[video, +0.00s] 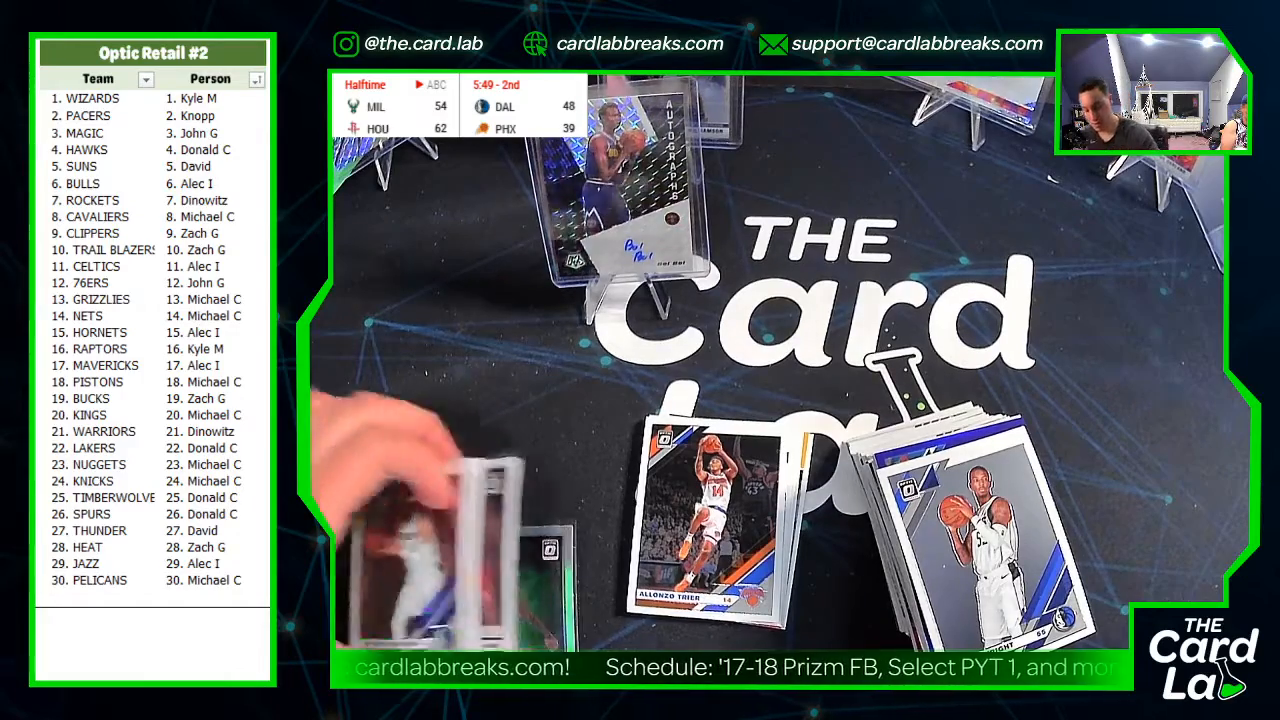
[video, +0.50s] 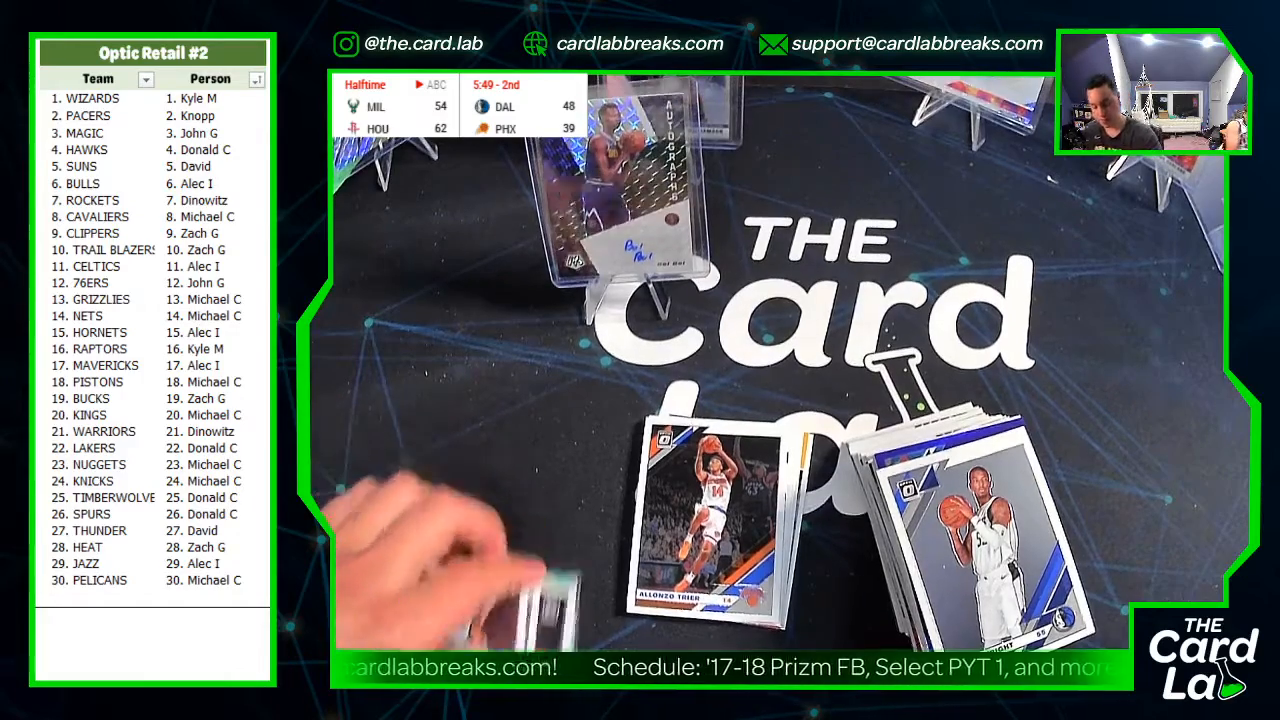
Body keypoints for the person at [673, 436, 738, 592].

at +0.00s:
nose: (715, 463)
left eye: (717, 462)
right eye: (713, 461)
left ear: (721, 465)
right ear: (709, 465)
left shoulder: (727, 476)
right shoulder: (706, 477)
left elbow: (734, 469)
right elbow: (698, 470)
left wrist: (721, 452)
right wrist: (700, 450)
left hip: (720, 513)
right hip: (706, 507)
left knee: (707, 549)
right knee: (704, 511)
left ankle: (688, 578)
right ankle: (688, 540)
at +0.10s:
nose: (715, 463)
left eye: (717, 462)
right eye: (713, 461)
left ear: (721, 465)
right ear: (709, 465)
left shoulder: (727, 475)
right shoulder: (706, 477)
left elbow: (734, 469)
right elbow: (698, 471)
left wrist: (721, 452)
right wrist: (700, 450)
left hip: (720, 512)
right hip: (706, 507)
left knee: (707, 549)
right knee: (704, 511)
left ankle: (688, 578)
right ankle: (688, 540)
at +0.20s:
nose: (714, 463)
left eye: (717, 462)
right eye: (712, 461)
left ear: (721, 465)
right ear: (709, 465)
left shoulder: (727, 475)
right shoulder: (706, 477)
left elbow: (734, 469)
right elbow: (698, 471)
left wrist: (722, 452)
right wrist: (700, 450)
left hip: (720, 512)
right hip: (706, 507)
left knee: (707, 549)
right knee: (704, 511)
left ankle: (689, 578)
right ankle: (688, 539)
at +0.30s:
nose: (714, 463)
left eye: (717, 460)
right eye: (712, 460)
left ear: (721, 464)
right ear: (709, 464)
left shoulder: (726, 475)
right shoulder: (705, 476)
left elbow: (734, 468)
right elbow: (698, 471)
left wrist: (721, 451)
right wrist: (700, 451)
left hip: (720, 511)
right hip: (706, 506)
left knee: (707, 548)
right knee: (704, 511)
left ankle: (690, 576)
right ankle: (688, 539)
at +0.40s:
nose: (714, 463)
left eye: (717, 461)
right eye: (712, 461)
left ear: (721, 465)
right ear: (709, 465)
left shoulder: (727, 476)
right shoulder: (705, 476)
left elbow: (734, 468)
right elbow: (698, 471)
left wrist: (721, 452)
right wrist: (700, 450)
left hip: (720, 512)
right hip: (706, 506)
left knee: (707, 549)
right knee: (704, 511)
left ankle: (689, 578)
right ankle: (688, 540)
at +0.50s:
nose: (714, 464)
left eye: (717, 462)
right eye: (712, 461)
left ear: (721, 466)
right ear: (709, 465)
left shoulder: (727, 476)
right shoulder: (705, 477)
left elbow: (734, 469)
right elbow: (698, 471)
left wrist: (721, 452)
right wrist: (700, 451)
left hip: (720, 512)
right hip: (706, 507)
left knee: (707, 550)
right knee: (704, 512)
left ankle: (689, 578)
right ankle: (688, 540)